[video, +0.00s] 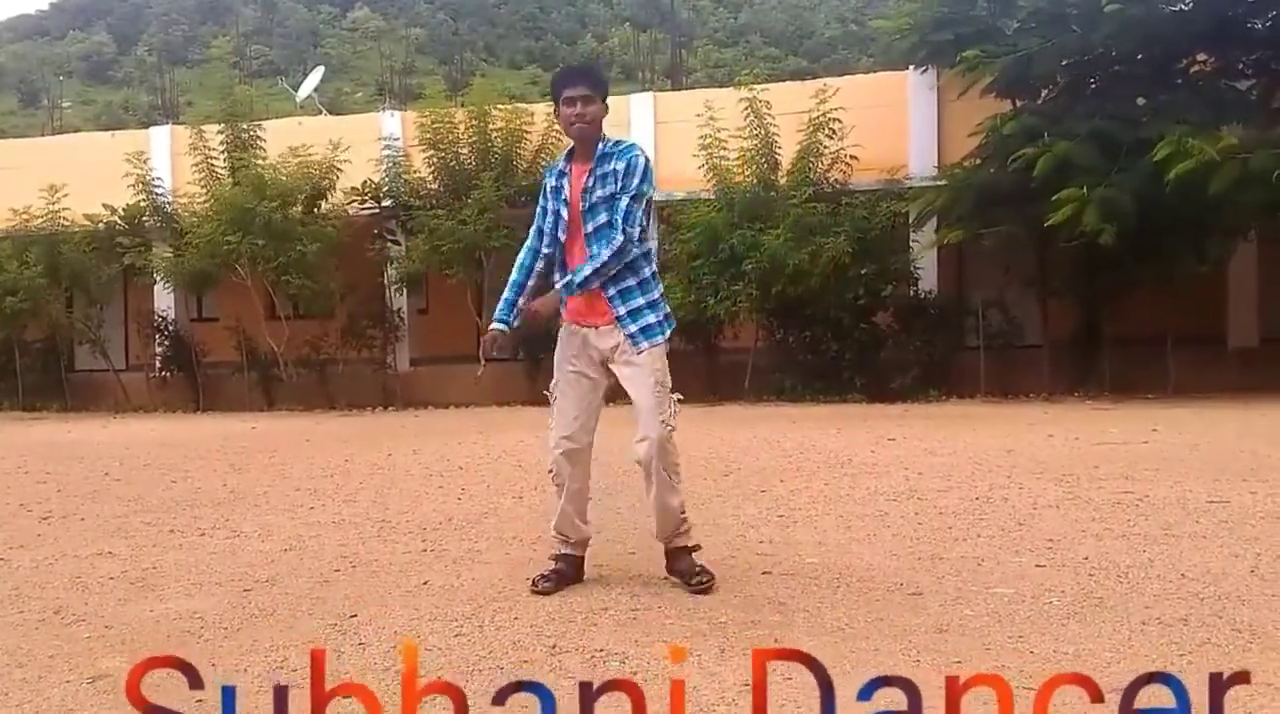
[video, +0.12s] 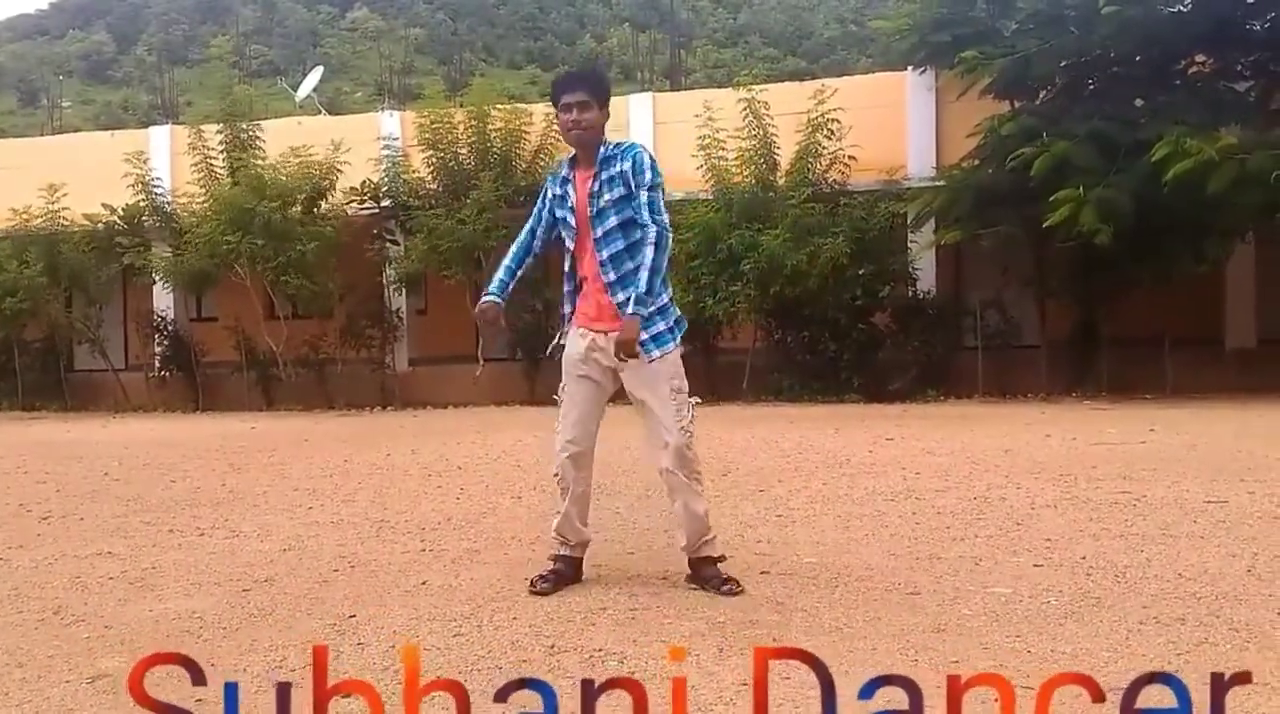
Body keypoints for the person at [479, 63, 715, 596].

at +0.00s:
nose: (578, 112)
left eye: (587, 102)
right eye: (569, 104)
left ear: (604, 108)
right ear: (557, 113)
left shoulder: (630, 158)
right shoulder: (555, 176)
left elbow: (626, 238)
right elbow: (536, 248)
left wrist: (564, 289)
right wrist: (502, 318)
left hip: (636, 320)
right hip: (578, 324)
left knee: (657, 438)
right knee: (566, 445)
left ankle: (678, 551)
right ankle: (570, 555)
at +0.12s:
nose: (577, 118)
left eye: (586, 107)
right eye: (567, 111)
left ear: (605, 111)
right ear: (557, 119)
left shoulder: (633, 159)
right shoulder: (559, 181)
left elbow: (659, 233)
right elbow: (531, 239)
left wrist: (637, 311)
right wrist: (496, 292)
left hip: (649, 331)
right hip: (586, 335)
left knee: (677, 446)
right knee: (571, 449)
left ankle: (702, 558)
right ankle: (569, 556)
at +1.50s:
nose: (567, 146)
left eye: (576, 134)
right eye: (558, 136)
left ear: (598, 126)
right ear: (547, 132)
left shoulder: (636, 187)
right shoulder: (532, 193)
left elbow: (669, 254)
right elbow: (513, 266)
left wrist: (641, 300)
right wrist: (547, 304)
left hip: (621, 341)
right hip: (553, 341)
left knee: (635, 456)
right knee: (511, 455)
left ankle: (636, 568)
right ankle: (522, 544)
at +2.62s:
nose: (464, 129)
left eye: (474, 119)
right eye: (454, 120)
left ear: (489, 126)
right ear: (440, 127)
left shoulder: (519, 188)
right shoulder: (416, 180)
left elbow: (562, 252)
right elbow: (399, 247)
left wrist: (521, 298)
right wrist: (423, 296)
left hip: (502, 327)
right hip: (434, 325)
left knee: (552, 424)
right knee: (353, 405)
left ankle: (535, 549)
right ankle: (380, 516)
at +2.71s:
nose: (446, 119)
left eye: (456, 110)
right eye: (435, 110)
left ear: (471, 117)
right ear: (421, 117)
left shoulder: (501, 175)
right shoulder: (397, 172)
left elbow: (541, 234)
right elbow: (375, 238)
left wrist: (508, 277)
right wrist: (399, 288)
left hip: (485, 315)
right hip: (415, 319)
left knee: (546, 399)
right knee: (355, 422)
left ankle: (525, 527)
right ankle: (358, 535)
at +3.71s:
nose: (473, 142)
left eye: (484, 132)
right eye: (468, 131)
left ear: (513, 128)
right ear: (461, 124)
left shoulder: (529, 168)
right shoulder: (444, 153)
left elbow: (585, 127)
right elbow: (388, 188)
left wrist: (639, 70)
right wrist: (332, 229)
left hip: (446, 327)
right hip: (387, 297)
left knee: (465, 441)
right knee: (301, 371)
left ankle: (495, 558)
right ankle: (253, 430)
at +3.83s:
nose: (494, 156)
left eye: (504, 145)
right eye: (487, 146)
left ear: (532, 144)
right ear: (481, 145)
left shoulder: (548, 193)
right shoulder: (461, 178)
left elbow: (607, 148)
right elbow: (406, 212)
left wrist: (658, 86)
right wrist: (347, 244)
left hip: (465, 344)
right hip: (406, 320)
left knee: (478, 455)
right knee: (321, 385)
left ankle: (497, 561)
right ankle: (257, 387)